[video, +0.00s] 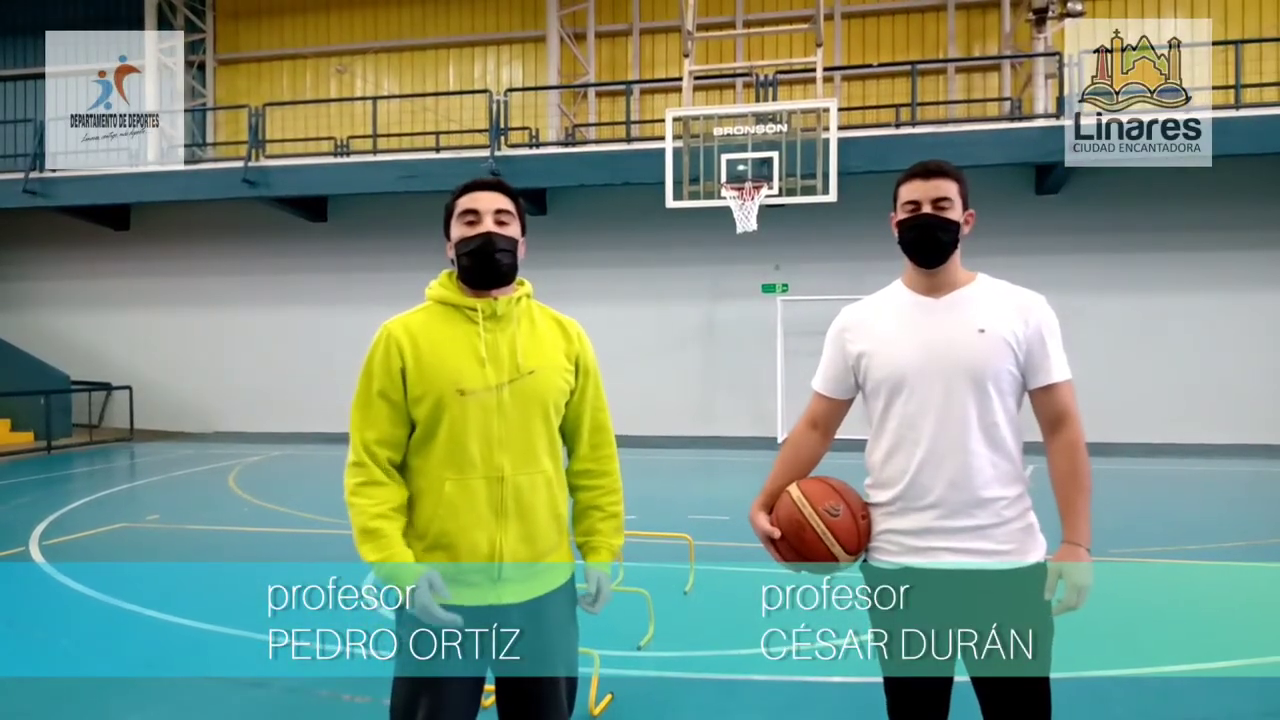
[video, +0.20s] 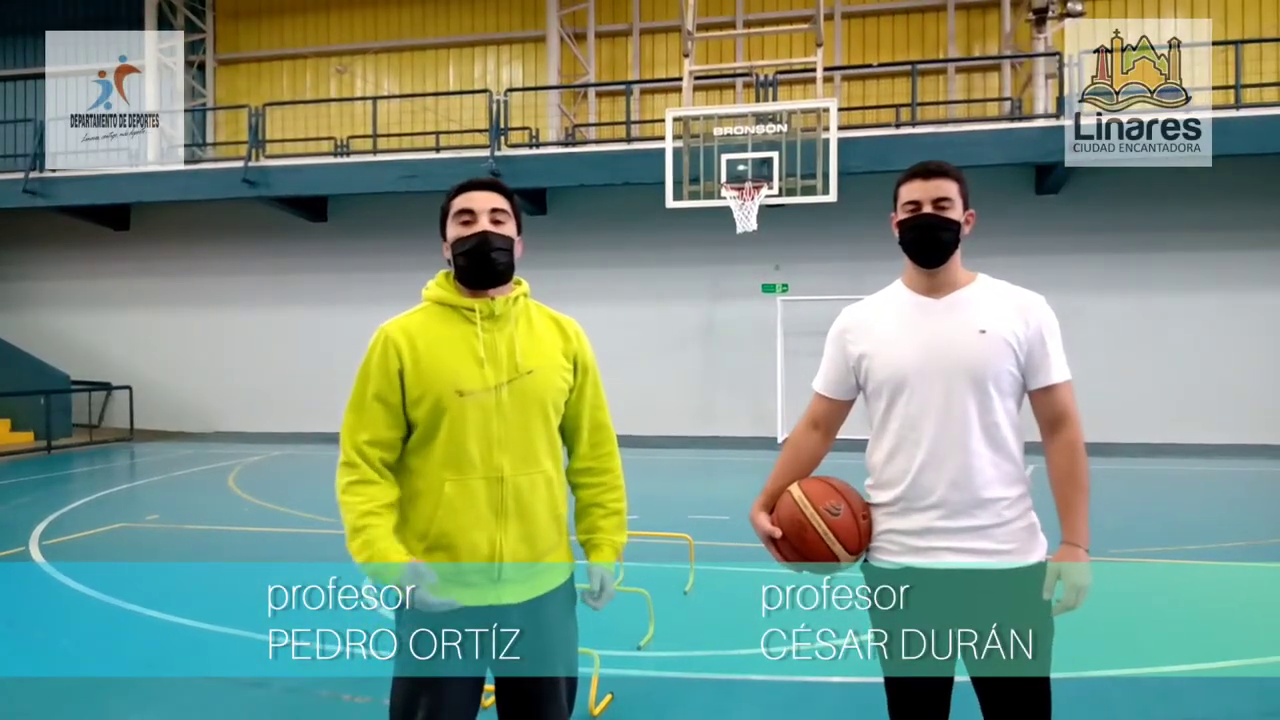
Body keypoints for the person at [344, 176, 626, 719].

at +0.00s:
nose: (487, 227)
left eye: (503, 218)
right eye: (469, 219)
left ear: (522, 242)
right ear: (449, 243)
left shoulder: (563, 337)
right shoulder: (403, 340)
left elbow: (594, 457)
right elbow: (371, 466)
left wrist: (599, 552)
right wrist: (397, 569)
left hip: (543, 590)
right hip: (439, 592)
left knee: (547, 712)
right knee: (431, 715)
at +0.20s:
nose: (483, 227)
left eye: (498, 218)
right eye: (465, 218)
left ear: (519, 242)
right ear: (446, 244)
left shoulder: (561, 337)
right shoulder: (401, 341)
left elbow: (595, 455)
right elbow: (364, 466)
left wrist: (602, 551)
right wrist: (389, 565)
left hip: (542, 590)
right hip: (438, 593)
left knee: (547, 712)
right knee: (431, 715)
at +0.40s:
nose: (475, 226)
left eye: (491, 217)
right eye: (457, 218)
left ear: (512, 243)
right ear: (439, 246)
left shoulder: (558, 334)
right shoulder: (398, 343)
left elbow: (593, 450)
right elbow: (360, 462)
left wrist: (602, 547)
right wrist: (361, 560)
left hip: (541, 587)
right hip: (438, 591)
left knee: (547, 711)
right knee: (430, 714)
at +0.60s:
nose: (468, 227)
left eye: (482, 217)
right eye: (449, 219)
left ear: (505, 241)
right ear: (431, 247)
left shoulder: (555, 333)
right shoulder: (392, 347)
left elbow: (592, 448)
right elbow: (360, 472)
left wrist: (602, 544)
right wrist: (357, 584)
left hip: (541, 588)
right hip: (438, 592)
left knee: (547, 711)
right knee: (430, 714)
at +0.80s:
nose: (468, 228)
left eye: (482, 217)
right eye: (450, 220)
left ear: (505, 242)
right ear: (431, 248)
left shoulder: (555, 334)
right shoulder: (392, 348)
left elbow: (591, 446)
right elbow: (370, 479)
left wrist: (603, 542)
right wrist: (376, 598)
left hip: (541, 589)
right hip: (436, 594)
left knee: (546, 711)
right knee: (431, 714)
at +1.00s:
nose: (477, 227)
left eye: (492, 217)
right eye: (459, 218)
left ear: (513, 241)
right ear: (440, 244)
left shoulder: (558, 336)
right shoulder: (396, 344)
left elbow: (593, 454)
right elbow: (363, 474)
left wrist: (601, 550)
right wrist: (380, 589)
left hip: (541, 592)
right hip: (436, 596)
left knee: (548, 712)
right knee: (430, 715)